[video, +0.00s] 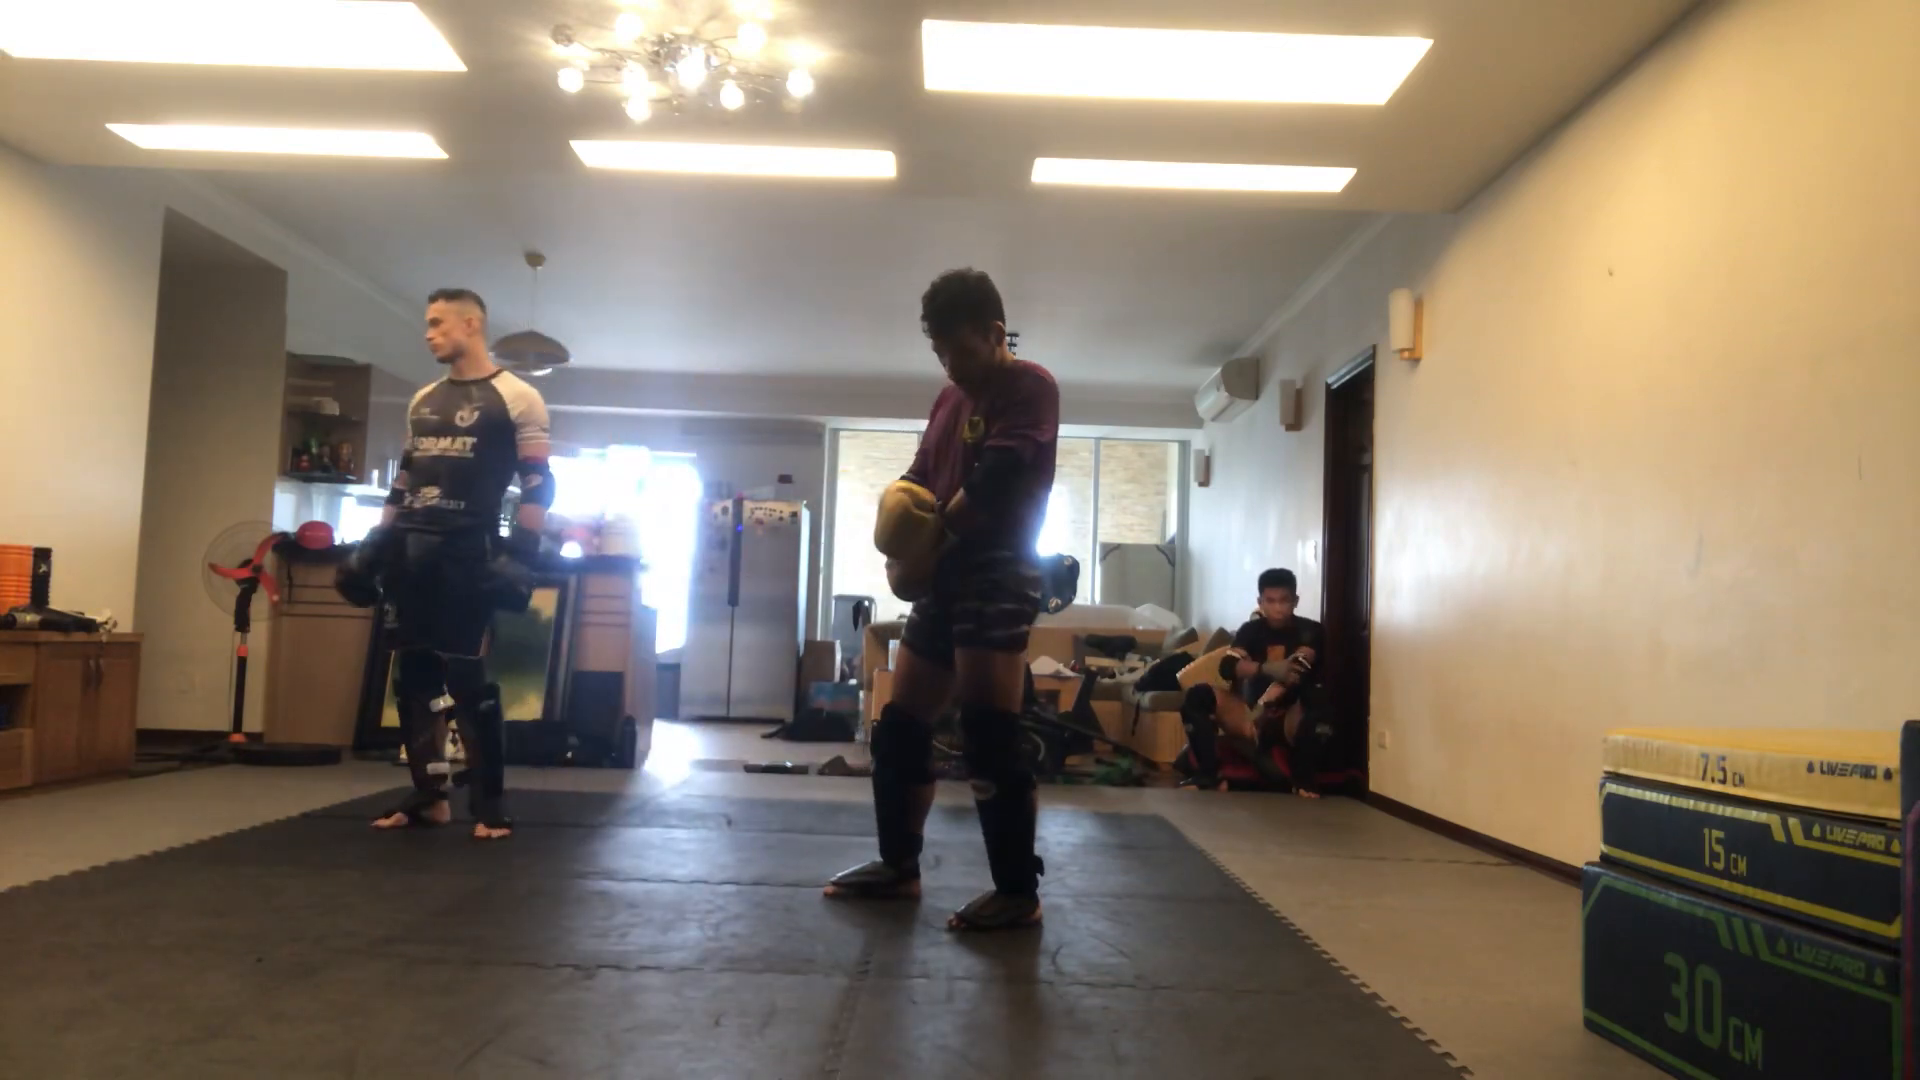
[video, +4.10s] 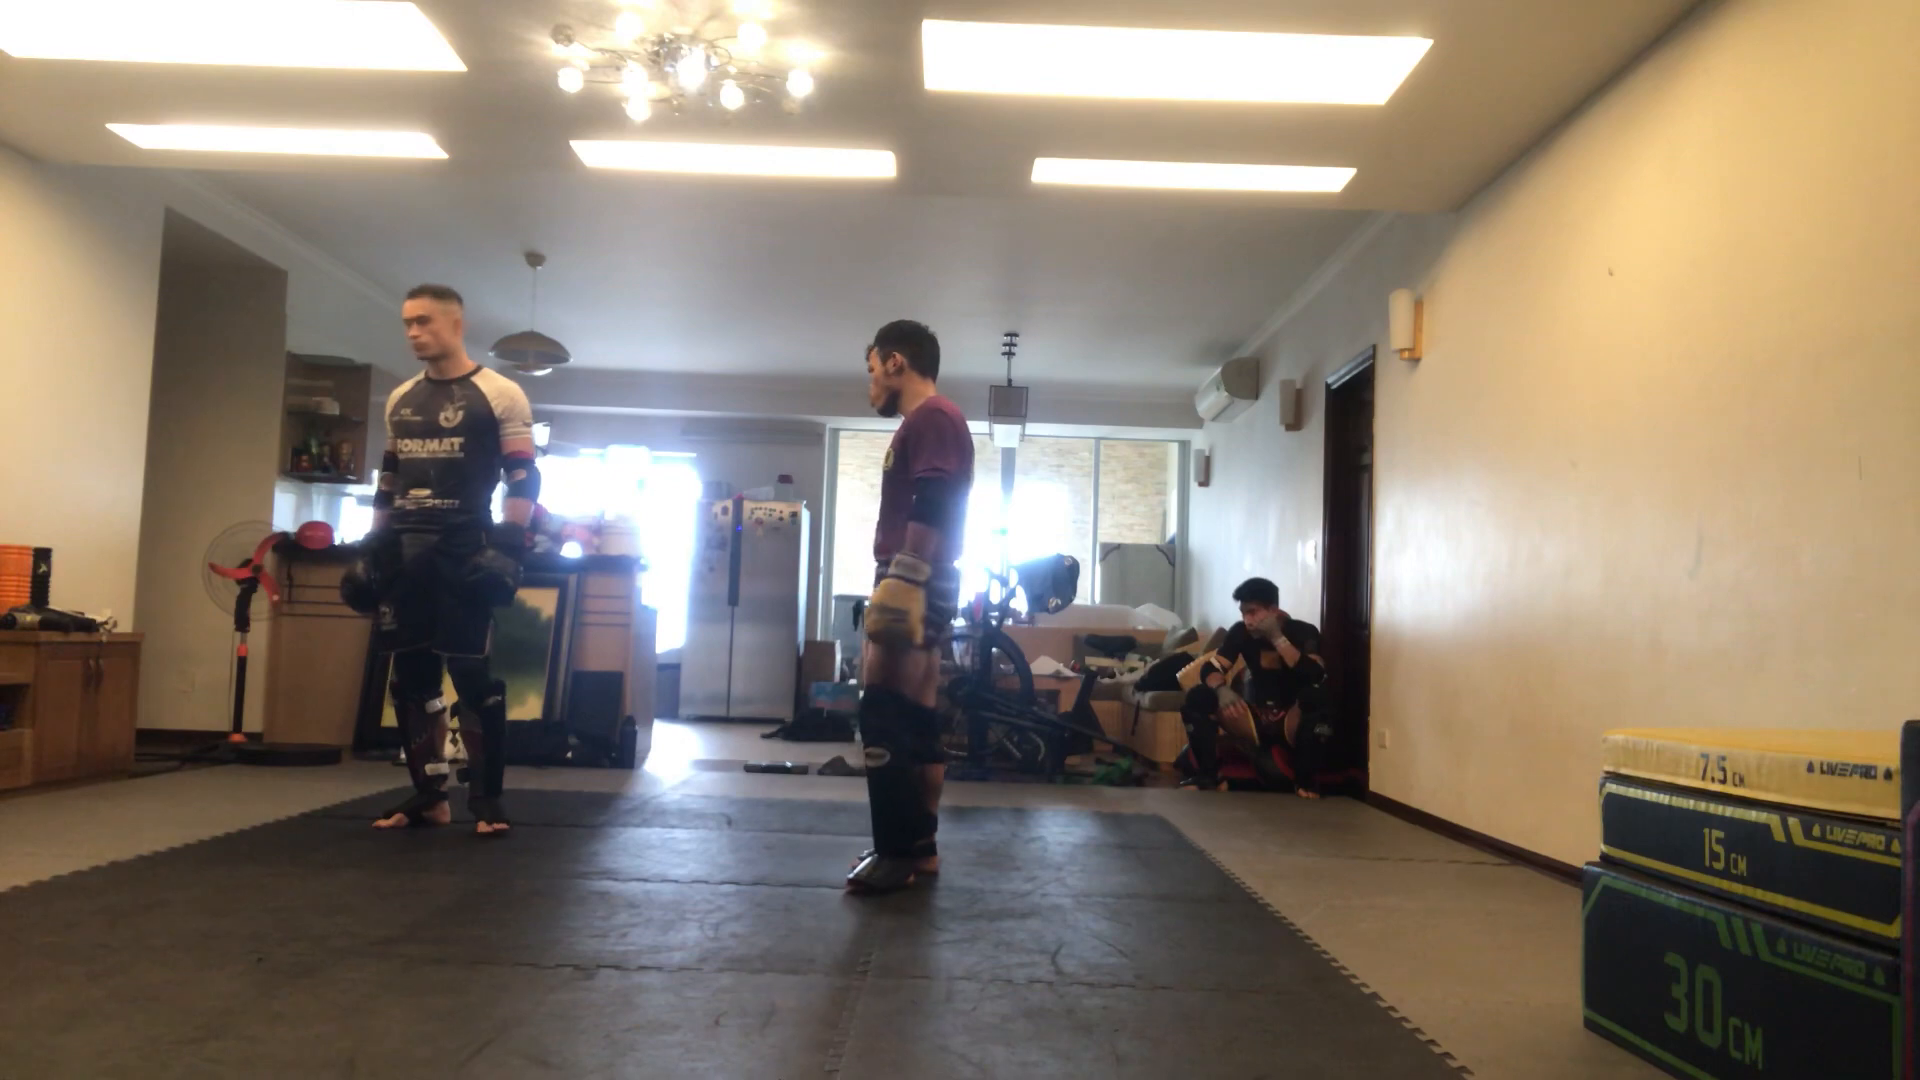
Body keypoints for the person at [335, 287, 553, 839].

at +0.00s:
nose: (428, 334)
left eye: (437, 324)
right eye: (427, 326)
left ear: (473, 325)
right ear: (445, 332)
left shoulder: (517, 396)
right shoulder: (423, 399)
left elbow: (536, 485)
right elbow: (406, 481)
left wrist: (520, 554)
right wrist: (373, 544)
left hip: (468, 553)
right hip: (412, 551)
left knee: (468, 679)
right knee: (414, 677)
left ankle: (488, 807)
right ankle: (430, 799)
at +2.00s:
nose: (404, 342)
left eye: (411, 331)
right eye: (401, 333)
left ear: (446, 327)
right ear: (427, 332)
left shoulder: (497, 396)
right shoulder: (406, 404)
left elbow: (518, 485)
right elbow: (399, 489)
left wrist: (499, 552)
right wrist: (376, 555)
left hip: (460, 555)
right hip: (405, 555)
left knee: (467, 679)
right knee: (408, 681)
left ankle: (490, 805)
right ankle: (430, 799)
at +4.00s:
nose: (406, 336)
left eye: (415, 325)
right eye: (402, 328)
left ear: (449, 323)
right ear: (404, 333)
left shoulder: (498, 394)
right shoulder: (400, 400)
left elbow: (519, 481)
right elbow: (389, 486)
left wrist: (503, 550)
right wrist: (373, 551)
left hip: (463, 552)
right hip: (405, 552)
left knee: (468, 674)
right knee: (412, 677)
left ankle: (489, 803)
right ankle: (429, 798)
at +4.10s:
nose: (412, 333)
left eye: (422, 322)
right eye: (408, 324)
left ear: (456, 322)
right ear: (408, 331)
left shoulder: (501, 394)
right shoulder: (400, 399)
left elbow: (522, 481)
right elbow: (389, 483)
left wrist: (506, 549)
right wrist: (374, 547)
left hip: (465, 554)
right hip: (407, 553)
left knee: (470, 676)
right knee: (412, 679)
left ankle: (487, 801)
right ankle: (430, 799)